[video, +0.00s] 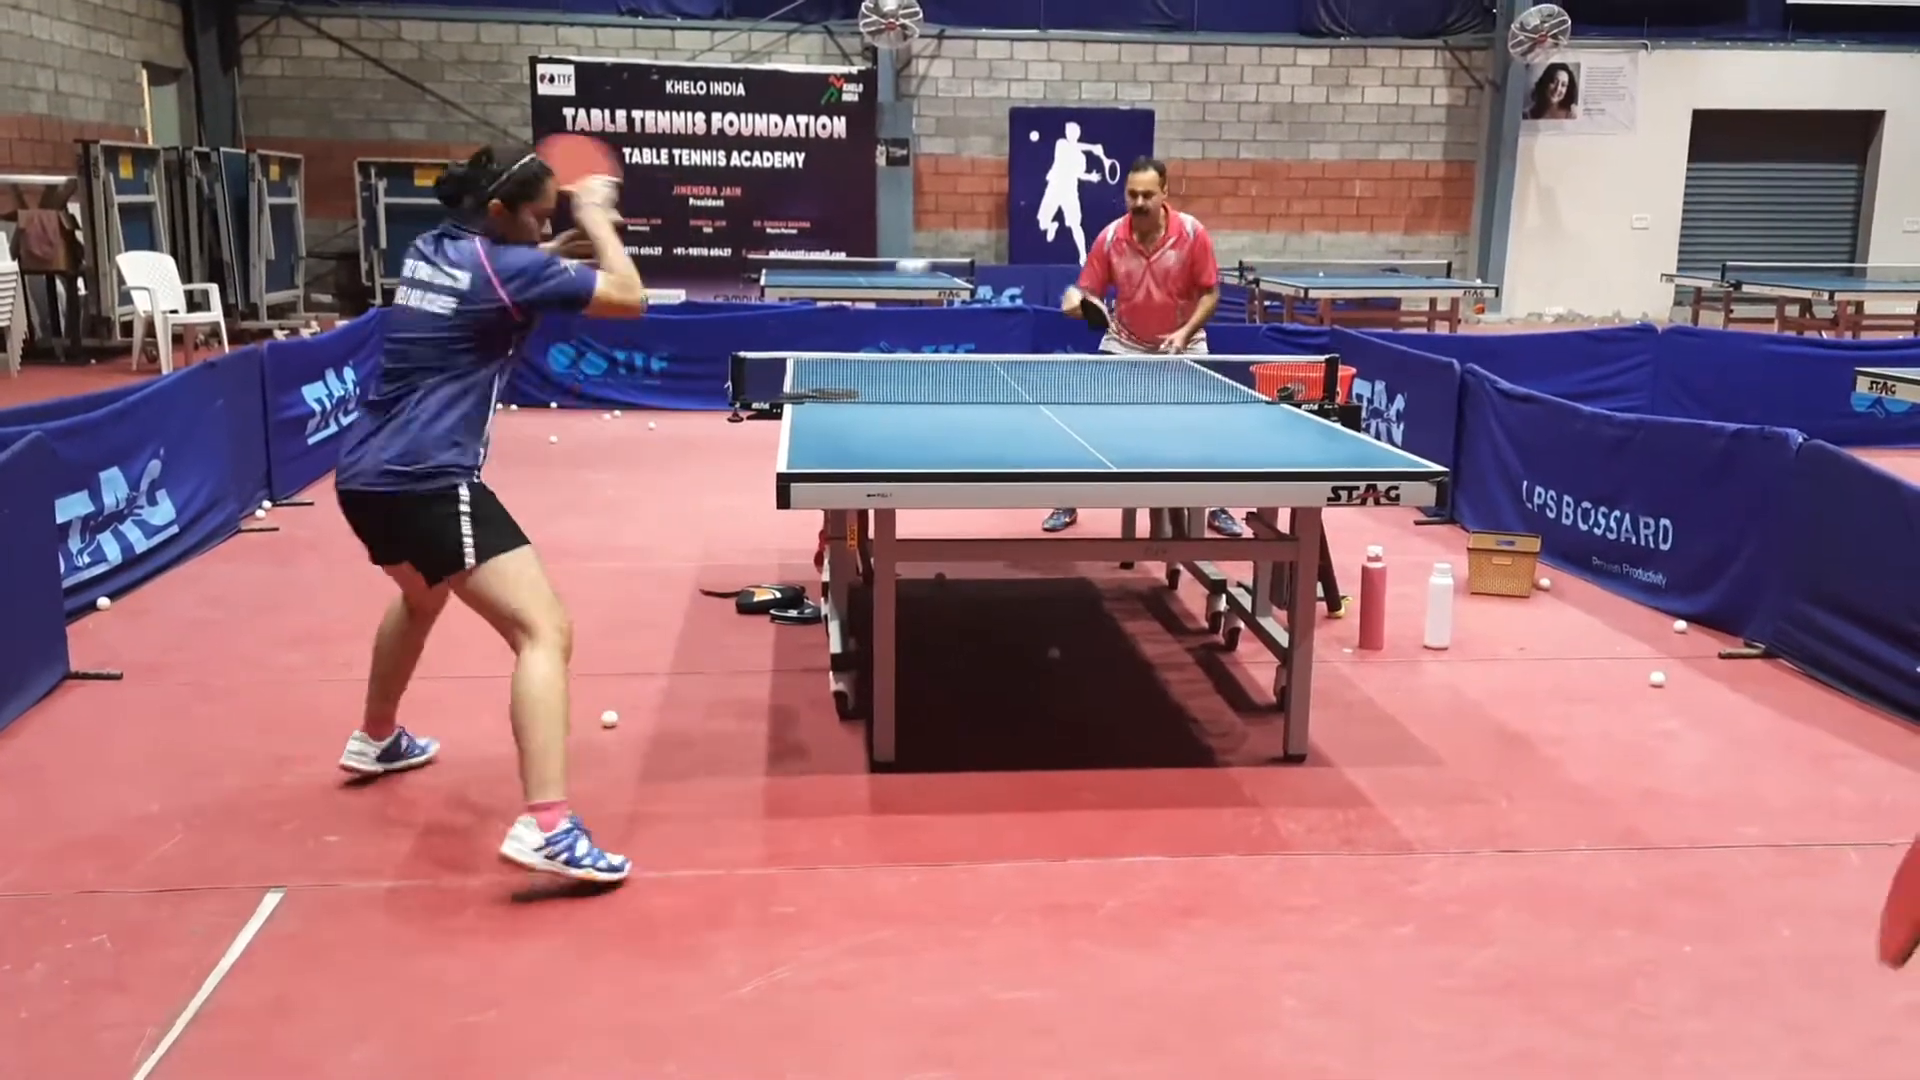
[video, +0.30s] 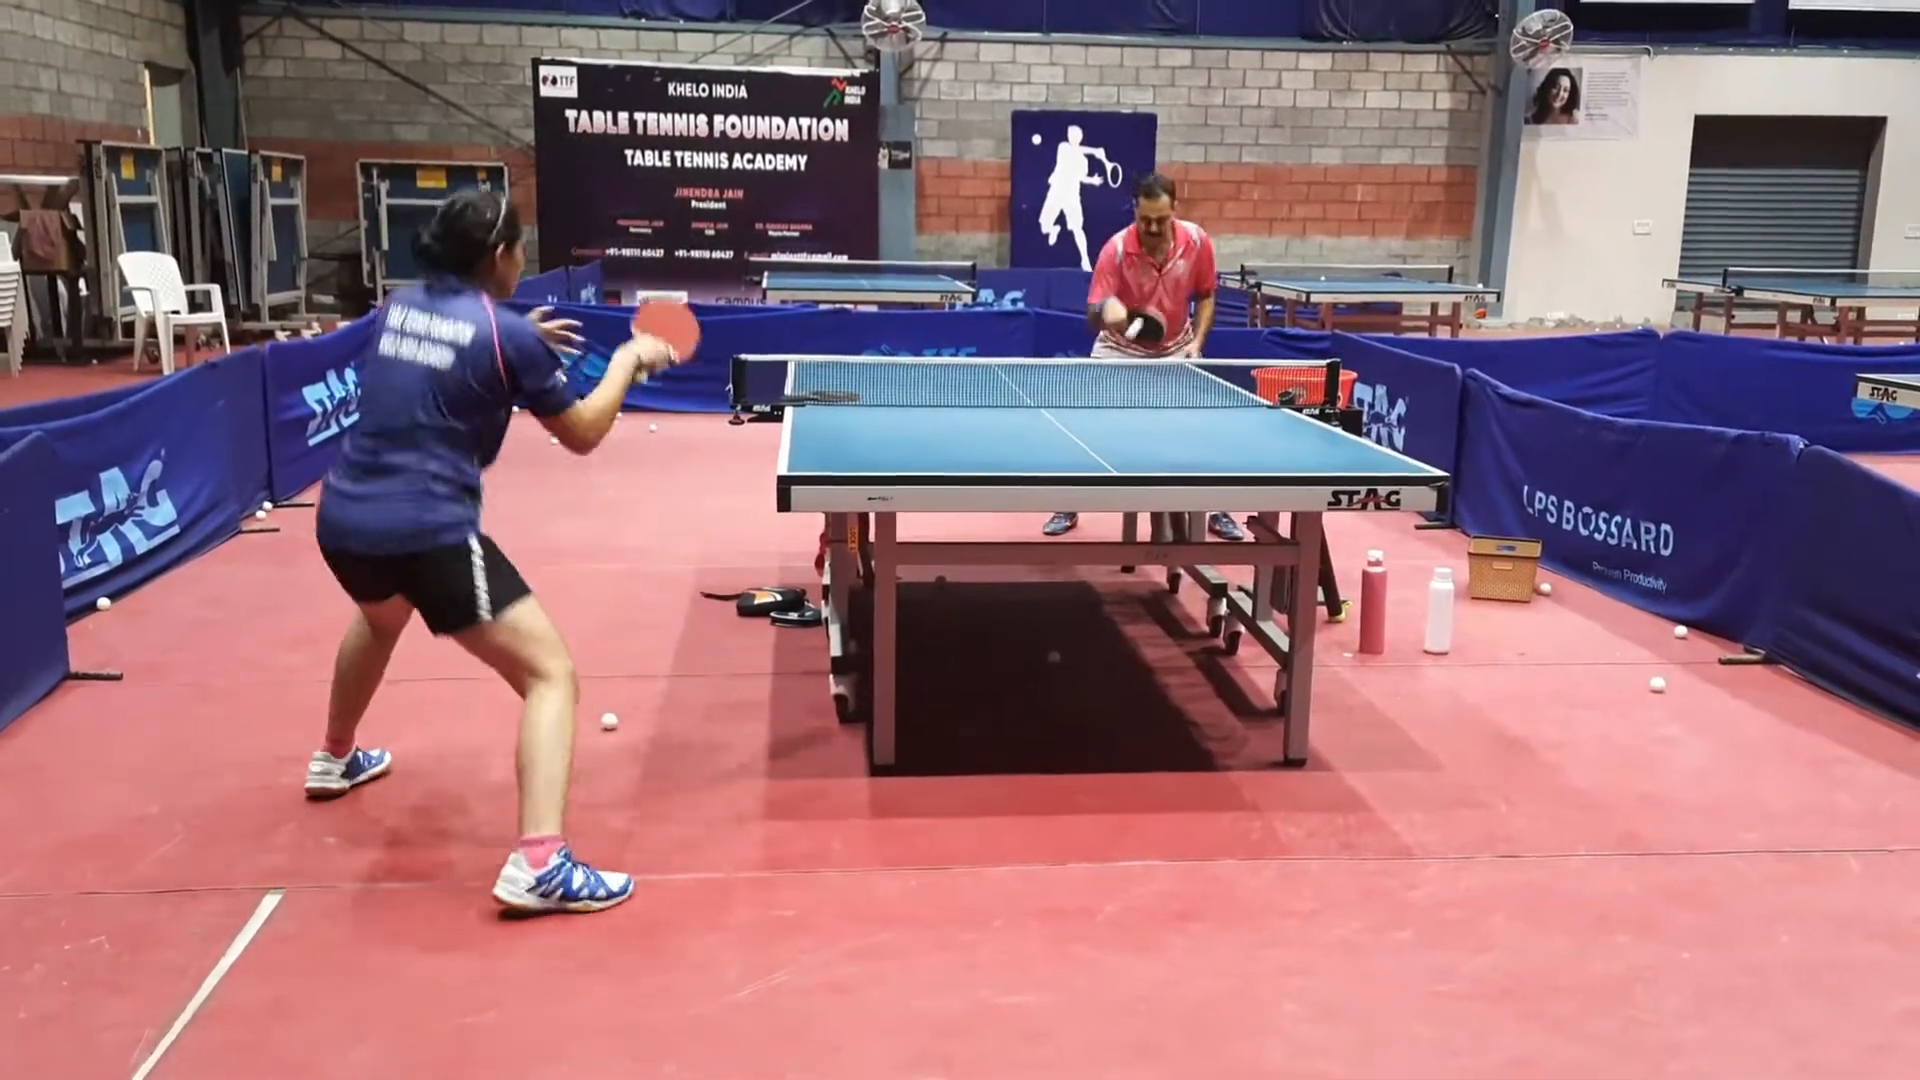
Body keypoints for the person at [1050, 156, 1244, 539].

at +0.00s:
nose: (1139, 202)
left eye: (1147, 195)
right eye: (1133, 195)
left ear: (1164, 194)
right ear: (1126, 195)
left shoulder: (1192, 233)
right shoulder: (1110, 237)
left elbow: (1211, 293)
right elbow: (1087, 290)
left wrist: (1184, 333)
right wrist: (1076, 302)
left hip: (1182, 343)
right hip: (1123, 342)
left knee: (1204, 419)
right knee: (1086, 413)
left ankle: (1213, 504)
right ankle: (1066, 502)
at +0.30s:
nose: (1153, 227)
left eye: (1161, 219)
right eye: (1145, 219)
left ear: (1174, 210)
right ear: (1134, 211)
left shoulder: (1197, 242)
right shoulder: (1116, 248)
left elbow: (1206, 296)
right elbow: (1097, 313)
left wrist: (1198, 342)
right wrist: (1112, 316)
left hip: (1177, 350)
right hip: (1119, 349)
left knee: (1207, 419)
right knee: (1084, 415)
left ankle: (1218, 509)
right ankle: (1066, 505)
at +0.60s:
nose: (1181, 207)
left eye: (1189, 200)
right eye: (1173, 199)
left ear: (1202, 199)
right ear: (1162, 196)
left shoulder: (1218, 240)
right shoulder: (1139, 239)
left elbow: (1222, 296)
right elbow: (1115, 300)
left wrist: (1215, 334)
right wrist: (1135, 318)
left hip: (1191, 355)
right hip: (1132, 352)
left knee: (1209, 429)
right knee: (1100, 423)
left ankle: (1219, 513)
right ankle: (1071, 509)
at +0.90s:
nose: (1163, 221)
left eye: (1173, 213)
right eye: (1158, 212)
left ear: (1190, 214)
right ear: (1149, 212)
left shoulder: (1213, 256)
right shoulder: (1131, 256)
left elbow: (1226, 315)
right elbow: (1115, 313)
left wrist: (1215, 349)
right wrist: (1128, 323)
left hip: (1193, 365)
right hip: (1133, 363)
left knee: (1227, 432)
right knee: (1092, 424)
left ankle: (1241, 519)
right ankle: (1073, 512)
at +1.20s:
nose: (1146, 217)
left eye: (1155, 209)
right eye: (1140, 209)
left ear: (1171, 209)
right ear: (1133, 209)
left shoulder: (1198, 249)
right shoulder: (1116, 252)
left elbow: (1215, 307)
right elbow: (1100, 312)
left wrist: (1199, 340)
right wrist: (1084, 320)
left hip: (1185, 362)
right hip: (1126, 360)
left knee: (1217, 433)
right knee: (1090, 427)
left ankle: (1237, 519)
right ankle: (1070, 513)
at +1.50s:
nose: (1152, 236)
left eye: (1161, 228)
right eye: (1145, 228)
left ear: (1176, 220)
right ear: (1135, 222)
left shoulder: (1199, 256)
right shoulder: (1118, 262)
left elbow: (1210, 313)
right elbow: (1102, 318)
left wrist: (1195, 355)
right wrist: (1112, 335)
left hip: (1182, 365)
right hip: (1124, 365)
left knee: (1218, 433)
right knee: (1085, 427)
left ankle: (1232, 522)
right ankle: (1063, 514)